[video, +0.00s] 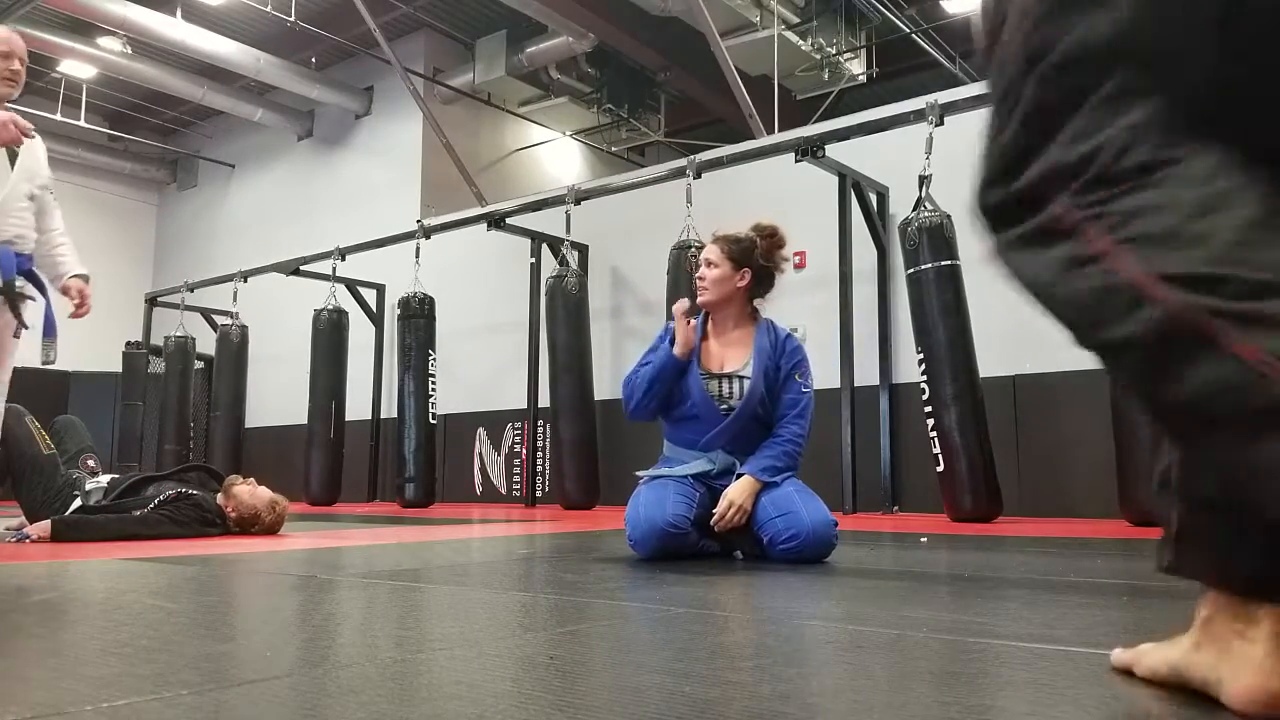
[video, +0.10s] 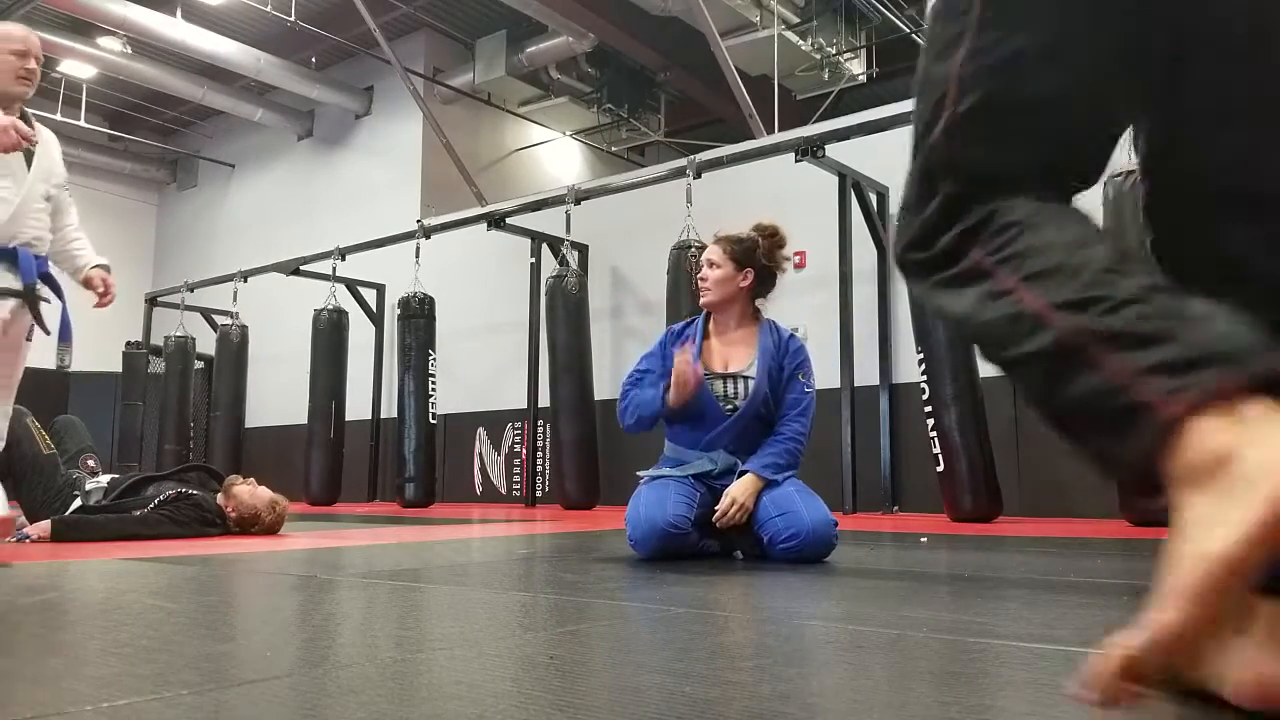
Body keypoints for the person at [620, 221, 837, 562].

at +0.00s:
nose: (698, 274)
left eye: (710, 266)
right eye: (700, 265)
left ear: (742, 278)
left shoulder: (783, 347)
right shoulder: (678, 335)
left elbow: (791, 433)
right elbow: (636, 406)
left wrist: (751, 481)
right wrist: (679, 352)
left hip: (760, 475)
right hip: (682, 474)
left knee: (812, 536)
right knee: (651, 533)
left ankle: (741, 536)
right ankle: (718, 542)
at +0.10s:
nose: (700, 275)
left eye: (712, 266)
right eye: (702, 266)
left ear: (745, 278)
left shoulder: (786, 347)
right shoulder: (676, 340)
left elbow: (793, 431)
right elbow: (629, 414)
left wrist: (753, 480)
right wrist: (671, 396)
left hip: (760, 475)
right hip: (682, 475)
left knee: (812, 536)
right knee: (651, 533)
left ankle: (742, 536)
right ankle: (717, 542)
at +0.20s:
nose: (701, 274)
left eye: (713, 266)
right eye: (702, 266)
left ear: (746, 278)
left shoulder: (788, 348)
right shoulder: (674, 344)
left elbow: (796, 429)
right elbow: (638, 410)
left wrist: (757, 477)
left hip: (760, 476)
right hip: (684, 477)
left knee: (813, 536)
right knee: (652, 533)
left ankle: (741, 536)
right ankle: (712, 542)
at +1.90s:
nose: (712, 267)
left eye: (715, 260)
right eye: (700, 258)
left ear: (720, 269)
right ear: (667, 268)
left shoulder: (744, 328)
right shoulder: (635, 345)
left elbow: (773, 406)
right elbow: (613, 437)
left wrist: (753, 477)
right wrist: (629, 421)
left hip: (755, 467)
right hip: (679, 476)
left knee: (807, 540)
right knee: (648, 536)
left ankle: (744, 539)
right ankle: (719, 541)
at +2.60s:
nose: (731, 267)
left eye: (733, 260)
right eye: (719, 257)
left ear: (736, 268)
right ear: (686, 265)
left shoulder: (759, 331)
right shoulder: (650, 339)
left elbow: (786, 420)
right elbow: (633, 429)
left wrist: (776, 483)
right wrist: (654, 395)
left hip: (763, 472)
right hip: (688, 480)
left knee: (854, 527)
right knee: (655, 537)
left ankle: (752, 536)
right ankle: (726, 541)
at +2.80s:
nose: (756, 270)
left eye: (759, 263)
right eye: (743, 261)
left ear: (765, 271)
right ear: (712, 270)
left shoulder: (785, 340)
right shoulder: (680, 334)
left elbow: (802, 418)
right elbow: (662, 417)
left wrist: (798, 469)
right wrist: (697, 383)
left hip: (772, 478)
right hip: (695, 478)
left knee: (832, 525)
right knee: (662, 538)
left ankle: (758, 530)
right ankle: (727, 538)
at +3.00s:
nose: (782, 277)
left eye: (788, 270)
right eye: (770, 268)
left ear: (795, 280)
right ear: (742, 276)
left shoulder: (799, 345)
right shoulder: (708, 329)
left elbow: (803, 421)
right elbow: (688, 405)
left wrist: (800, 461)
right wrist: (731, 374)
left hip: (777, 476)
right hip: (702, 472)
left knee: (867, 525)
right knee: (680, 537)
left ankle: (764, 532)